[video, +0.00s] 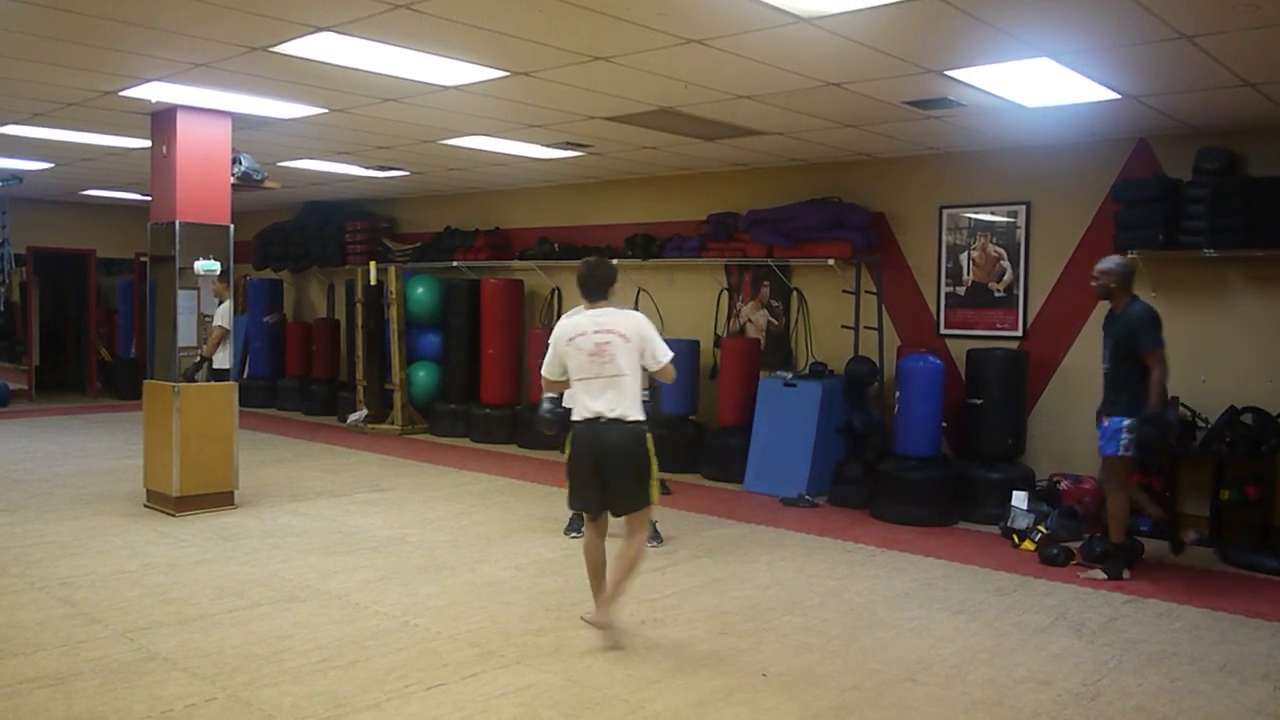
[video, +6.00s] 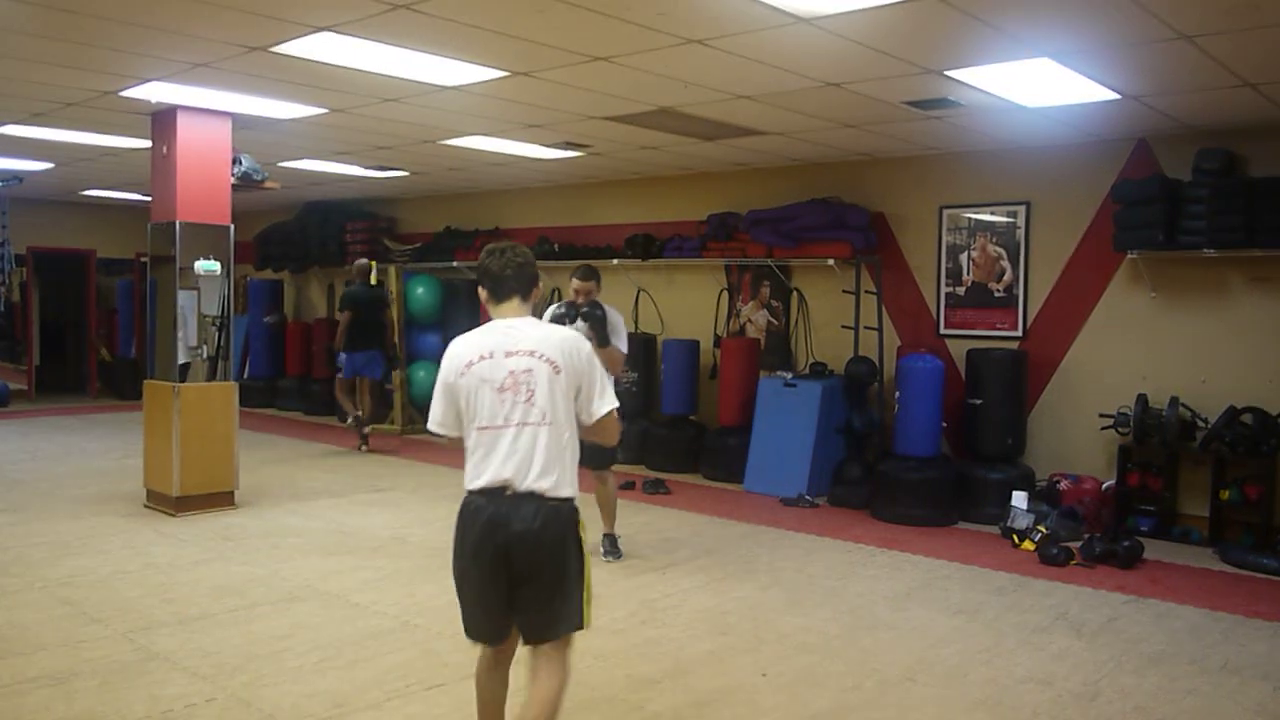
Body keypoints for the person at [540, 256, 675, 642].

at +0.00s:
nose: (618, 289)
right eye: (616, 283)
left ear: (580, 288)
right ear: (614, 288)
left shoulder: (564, 326)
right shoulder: (635, 322)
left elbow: (550, 384)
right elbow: (668, 373)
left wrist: (585, 370)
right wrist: (632, 355)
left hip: (584, 437)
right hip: (629, 436)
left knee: (593, 526)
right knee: (636, 532)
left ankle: (603, 613)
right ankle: (604, 605)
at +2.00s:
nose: (362, 290)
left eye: (362, 283)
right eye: (361, 282)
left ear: (307, 281)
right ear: (350, 280)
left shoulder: (280, 338)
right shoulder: (362, 336)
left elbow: (315, 404)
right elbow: (440, 398)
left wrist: (389, 428)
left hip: (311, 499)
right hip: (371, 501)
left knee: (316, 631)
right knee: (384, 629)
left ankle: (300, 717)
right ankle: (395, 717)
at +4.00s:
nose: (153, 273)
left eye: (155, 260)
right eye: (155, 260)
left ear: (71, 258)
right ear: (142, 262)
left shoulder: (14, 349)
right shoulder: (163, 341)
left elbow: (9, 481)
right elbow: (206, 489)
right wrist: (213, 407)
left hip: (43, 603)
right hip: (147, 610)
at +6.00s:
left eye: (482, 291)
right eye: (542, 286)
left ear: (482, 295)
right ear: (537, 289)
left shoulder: (461, 349)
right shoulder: (571, 345)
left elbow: (453, 435)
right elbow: (607, 432)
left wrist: (506, 426)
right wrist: (553, 418)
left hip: (481, 518)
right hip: (549, 519)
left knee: (495, 645)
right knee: (550, 646)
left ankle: (491, 719)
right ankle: (536, 715)